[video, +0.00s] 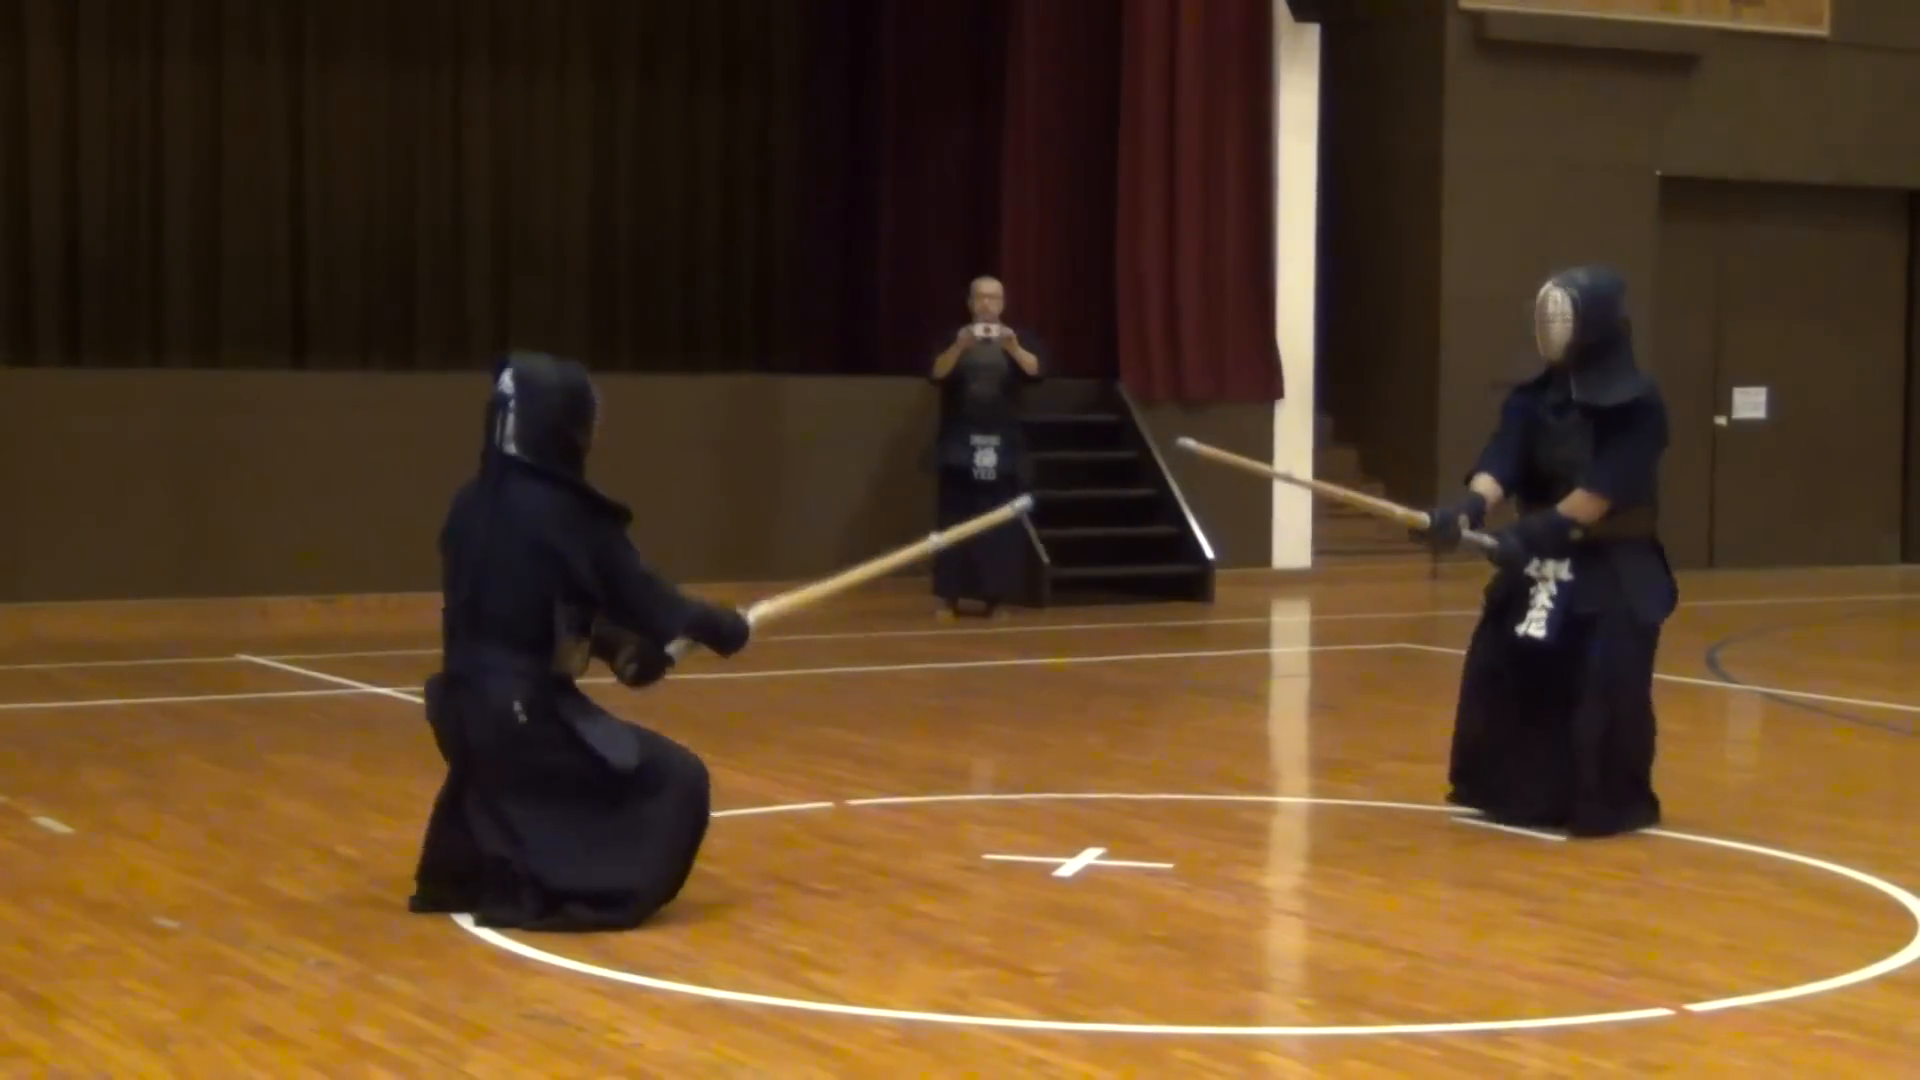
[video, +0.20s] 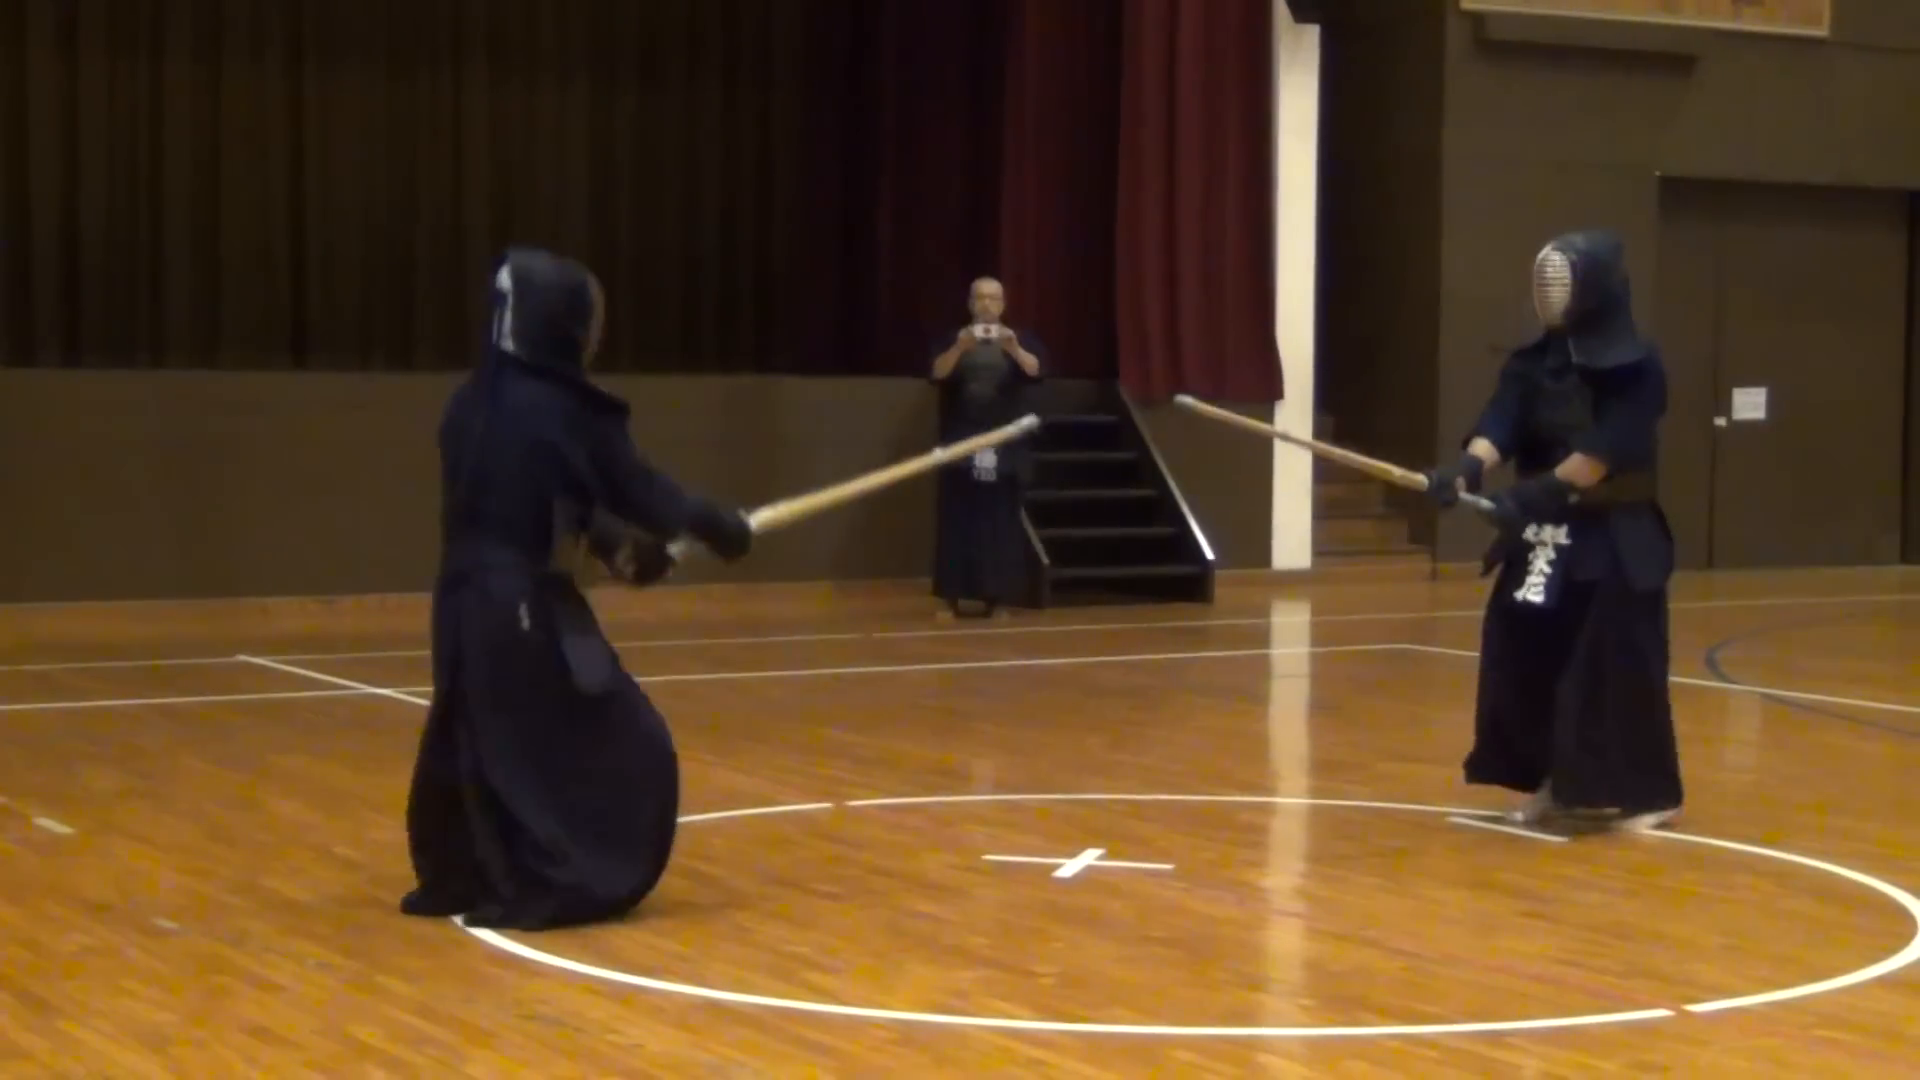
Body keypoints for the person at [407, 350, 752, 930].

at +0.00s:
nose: (591, 433)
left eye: (588, 419)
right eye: (584, 420)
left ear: (507, 422)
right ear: (564, 428)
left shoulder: (471, 505)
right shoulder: (572, 514)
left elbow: (523, 599)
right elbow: (646, 602)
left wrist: (611, 639)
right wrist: (723, 627)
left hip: (456, 707)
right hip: (527, 717)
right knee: (677, 777)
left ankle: (453, 876)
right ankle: (599, 890)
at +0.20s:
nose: (597, 332)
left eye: (595, 318)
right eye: (589, 320)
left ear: (514, 322)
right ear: (563, 327)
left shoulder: (472, 401)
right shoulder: (569, 411)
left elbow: (544, 495)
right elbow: (641, 491)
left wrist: (611, 540)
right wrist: (718, 525)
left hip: (461, 609)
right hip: (527, 614)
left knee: (473, 739)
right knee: (631, 737)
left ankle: (462, 878)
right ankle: (591, 877)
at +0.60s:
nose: (587, 257)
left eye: (585, 242)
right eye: (579, 244)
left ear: (506, 240)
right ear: (553, 246)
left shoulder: (460, 317)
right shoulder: (564, 323)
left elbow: (501, 421)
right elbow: (632, 417)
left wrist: (585, 464)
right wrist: (703, 457)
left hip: (454, 535)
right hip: (522, 540)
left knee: (455, 699)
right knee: (537, 704)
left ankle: (445, 873)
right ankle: (521, 883)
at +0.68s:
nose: (582, 259)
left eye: (580, 244)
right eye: (574, 245)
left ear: (503, 242)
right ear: (546, 247)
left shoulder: (459, 317)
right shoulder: (556, 323)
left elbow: (497, 425)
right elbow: (619, 417)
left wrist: (578, 468)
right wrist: (690, 455)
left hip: (456, 533)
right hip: (522, 538)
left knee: (461, 693)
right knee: (569, 699)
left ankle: (444, 870)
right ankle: (529, 873)